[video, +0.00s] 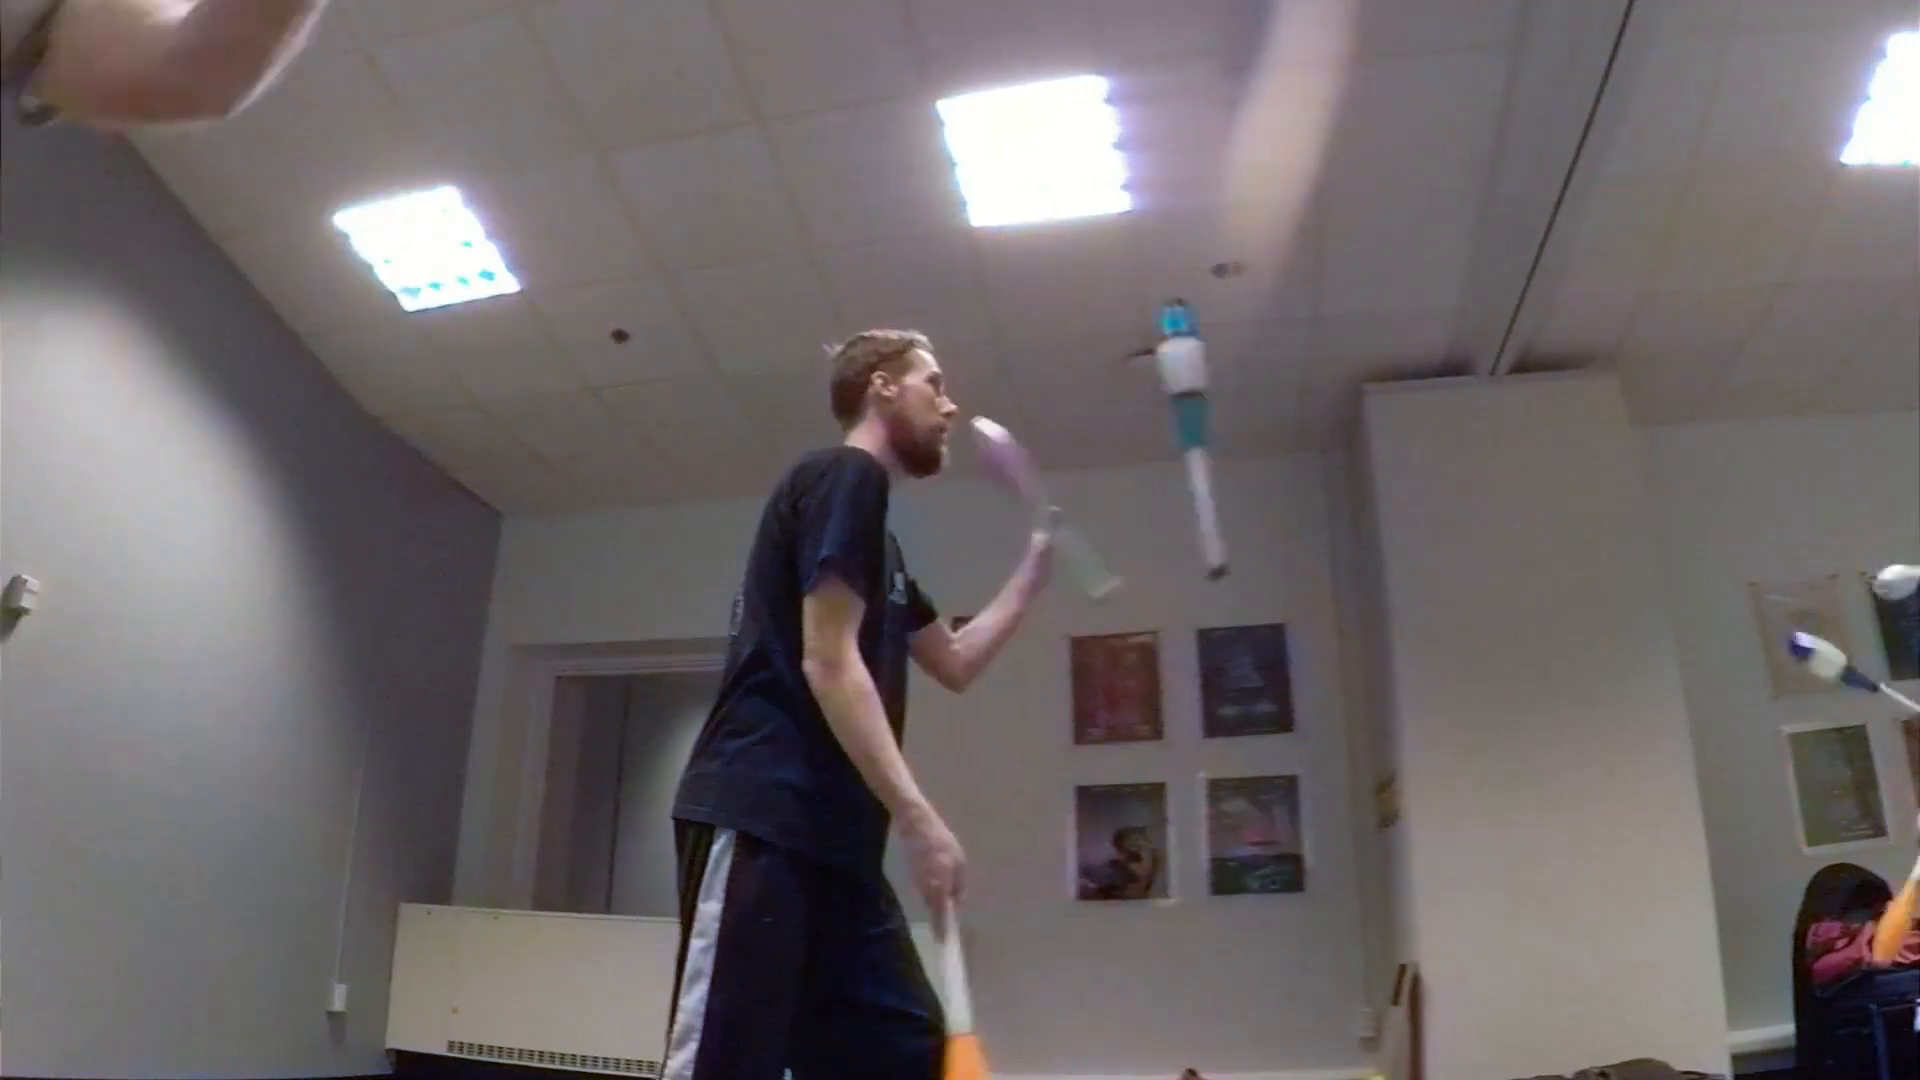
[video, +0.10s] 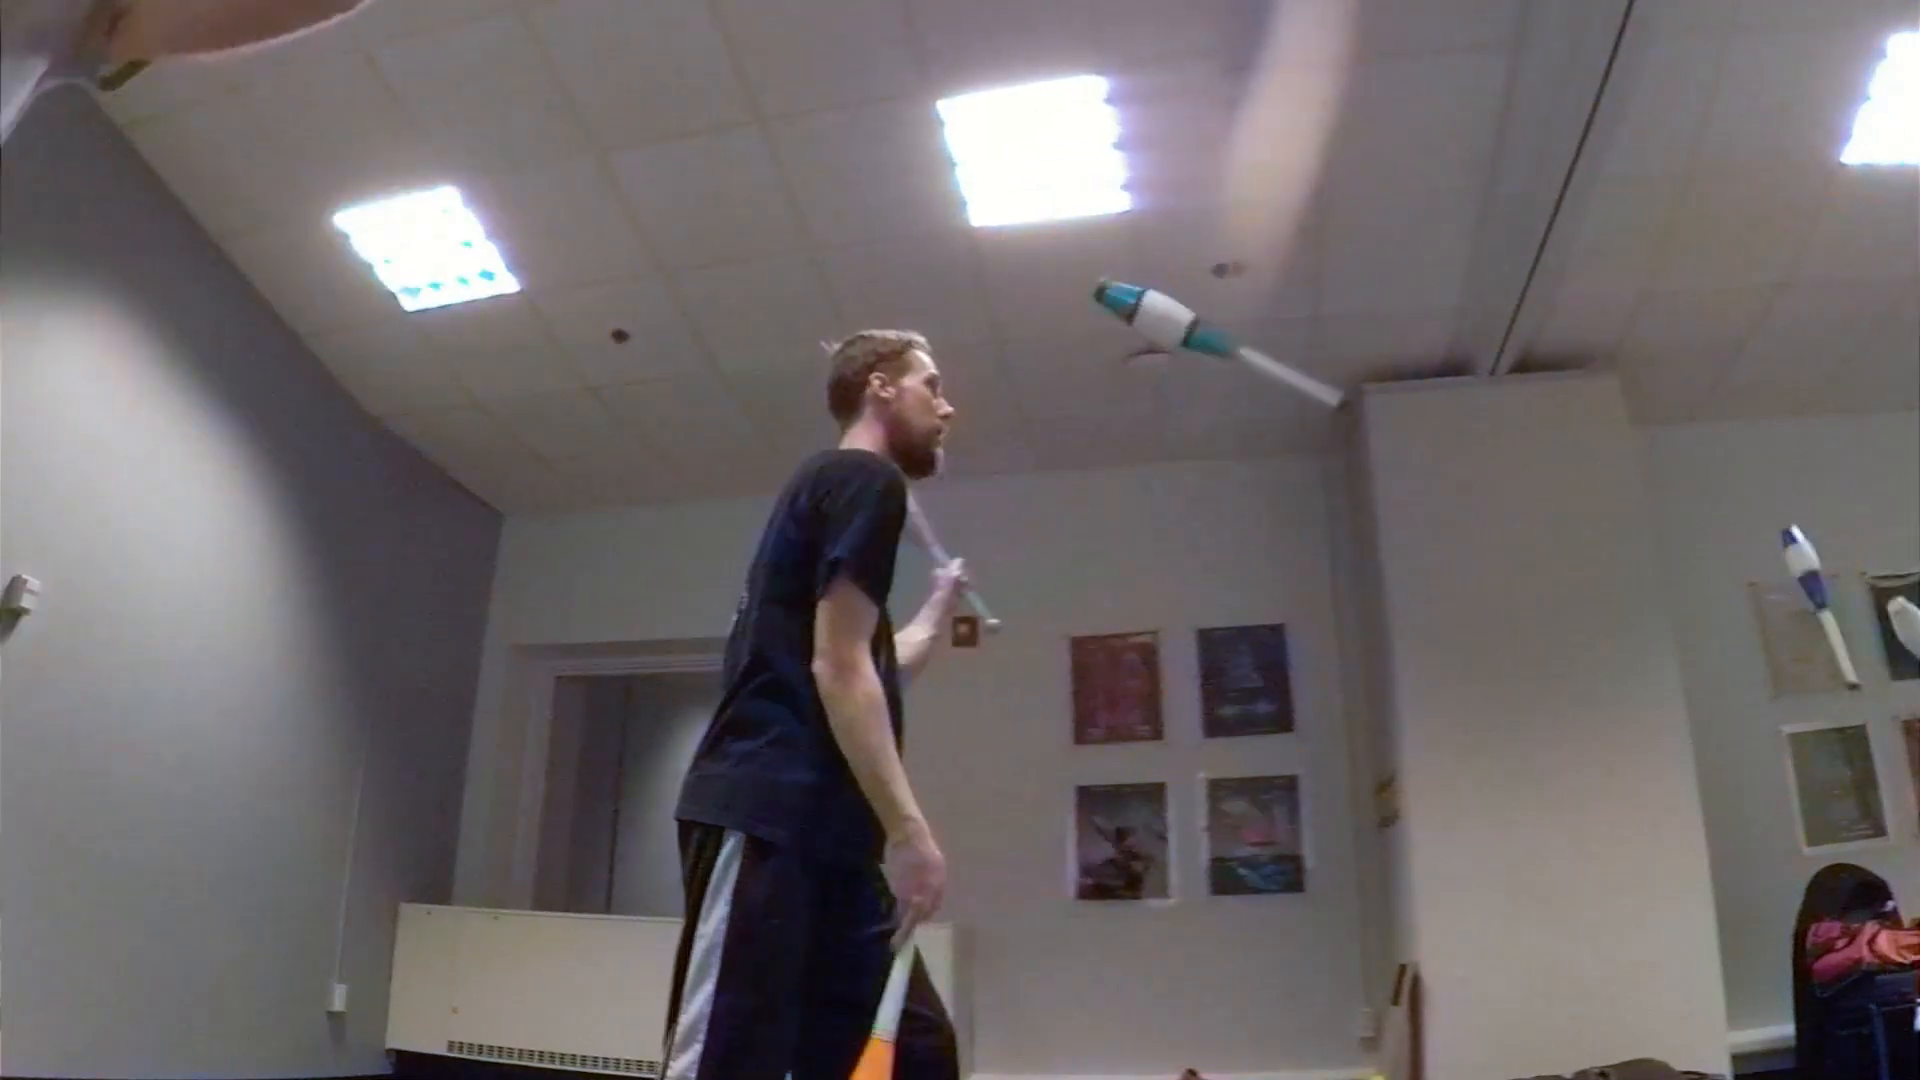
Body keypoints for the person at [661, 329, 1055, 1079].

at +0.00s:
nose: (950, 404)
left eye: (946, 388)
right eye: (934, 384)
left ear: (889, 392)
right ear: (881, 387)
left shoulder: (875, 539)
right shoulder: (847, 475)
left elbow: (956, 662)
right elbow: (829, 661)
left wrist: (1032, 570)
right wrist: (919, 817)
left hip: (824, 834)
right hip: (760, 820)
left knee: (903, 1042)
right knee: (720, 1057)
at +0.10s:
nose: (948, 406)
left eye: (944, 389)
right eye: (934, 386)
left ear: (878, 395)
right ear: (881, 390)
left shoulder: (828, 487)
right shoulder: (866, 479)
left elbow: (863, 673)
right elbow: (840, 664)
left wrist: (933, 620)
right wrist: (908, 830)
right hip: (775, 813)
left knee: (921, 1046)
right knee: (724, 1051)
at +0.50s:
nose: (973, 435)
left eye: (969, 419)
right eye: (960, 417)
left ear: (897, 426)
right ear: (915, 419)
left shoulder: (845, 514)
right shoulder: (918, 492)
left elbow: (825, 636)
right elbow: (1049, 628)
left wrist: (929, 627)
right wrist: (1209, 653)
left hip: (810, 816)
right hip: (792, 810)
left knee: (902, 1046)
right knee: (735, 1051)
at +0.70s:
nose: (972, 435)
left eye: (970, 419)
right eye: (961, 416)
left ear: (911, 420)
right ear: (916, 415)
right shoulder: (887, 482)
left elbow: (877, 719)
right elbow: (925, 642)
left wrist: (1007, 778)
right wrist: (1092, 709)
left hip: (832, 831)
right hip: (780, 813)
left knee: (909, 1047)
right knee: (727, 1054)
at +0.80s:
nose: (964, 431)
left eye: (960, 412)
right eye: (951, 410)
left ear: (901, 415)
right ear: (902, 411)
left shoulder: (878, 516)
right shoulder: (859, 480)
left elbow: (908, 704)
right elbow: (847, 641)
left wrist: (1055, 695)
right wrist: (998, 750)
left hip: (836, 836)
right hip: (772, 816)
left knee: (915, 1054)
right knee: (723, 1057)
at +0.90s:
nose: (952, 422)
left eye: (950, 406)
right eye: (940, 402)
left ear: (898, 407)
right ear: (894, 403)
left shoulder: (892, 549)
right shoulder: (841, 483)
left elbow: (975, 672)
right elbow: (811, 644)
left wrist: (1079, 620)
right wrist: (919, 791)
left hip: (845, 830)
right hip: (770, 817)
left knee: (898, 1041)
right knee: (725, 1056)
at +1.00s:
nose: (939, 420)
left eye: (935, 403)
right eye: (926, 400)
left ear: (887, 407)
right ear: (879, 403)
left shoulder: (906, 533)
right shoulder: (858, 478)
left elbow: (1026, 586)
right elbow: (819, 639)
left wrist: (1135, 519)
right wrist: (884, 810)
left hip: (858, 832)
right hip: (788, 819)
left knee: (946, 1051)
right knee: (728, 1060)